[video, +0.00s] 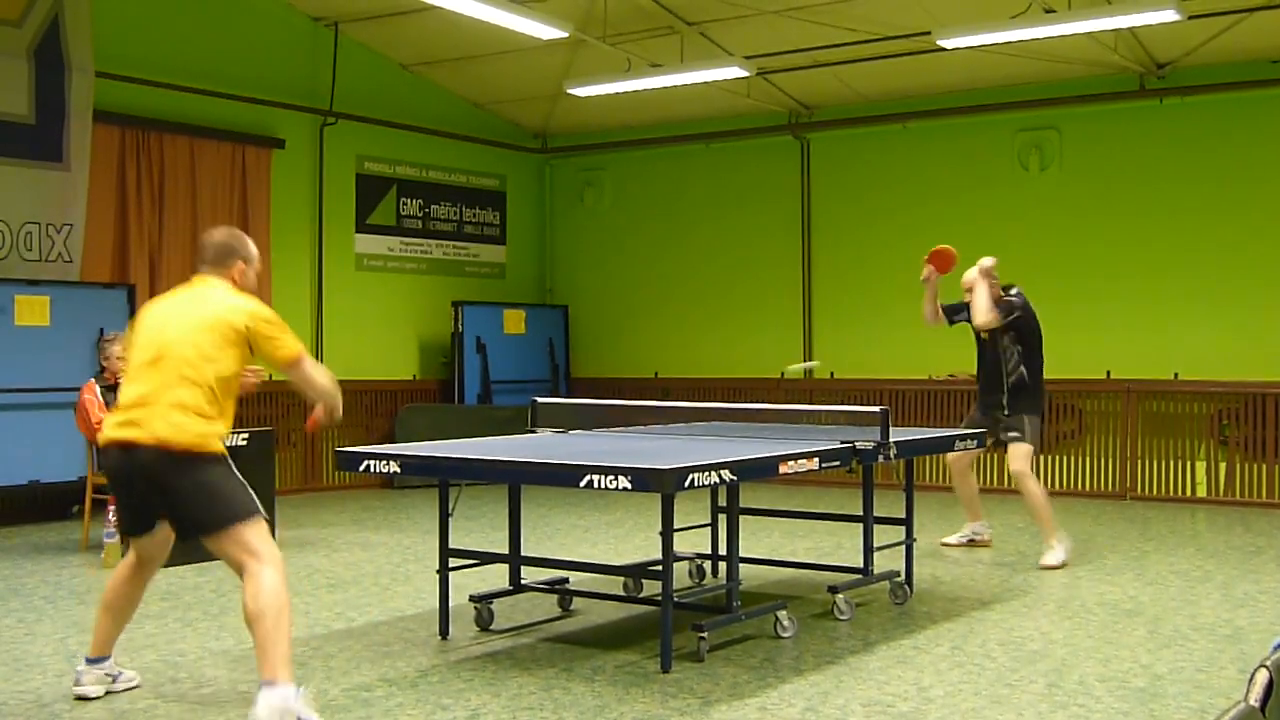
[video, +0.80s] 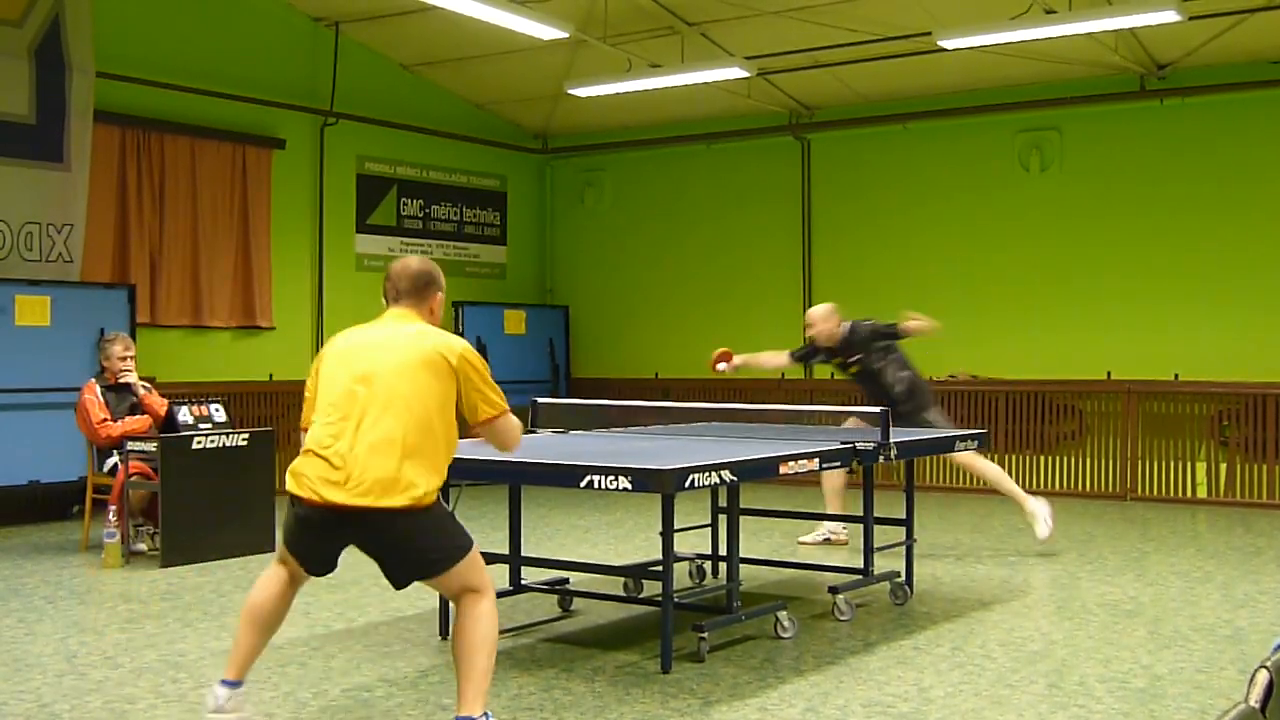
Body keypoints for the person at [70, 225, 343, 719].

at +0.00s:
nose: (259, 276)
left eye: (258, 267)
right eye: (256, 267)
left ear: (203, 266)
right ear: (240, 268)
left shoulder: (153, 307)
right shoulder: (245, 308)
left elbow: (145, 372)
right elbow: (315, 380)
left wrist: (227, 377)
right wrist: (332, 404)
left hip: (120, 446)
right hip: (186, 449)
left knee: (147, 549)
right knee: (260, 559)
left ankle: (95, 666)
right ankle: (278, 691)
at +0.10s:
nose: (284, 298)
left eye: (285, 288)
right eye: (282, 288)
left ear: (235, 283)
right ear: (263, 286)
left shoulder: (194, 326)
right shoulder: (250, 337)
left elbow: (194, 398)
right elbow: (259, 424)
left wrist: (266, 400)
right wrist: (332, 468)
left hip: (145, 480)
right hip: (197, 483)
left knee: (176, 566)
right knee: (301, 571)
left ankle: (99, 668)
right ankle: (277, 702)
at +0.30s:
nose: (358, 293)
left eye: (361, 283)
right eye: (350, 282)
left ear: (325, 281)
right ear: (315, 278)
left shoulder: (297, 318)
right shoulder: (301, 325)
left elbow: (290, 395)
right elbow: (303, 404)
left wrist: (350, 377)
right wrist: (415, 393)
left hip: (218, 480)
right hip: (254, 486)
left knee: (213, 564)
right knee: (358, 585)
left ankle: (134, 643)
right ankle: (282, 705)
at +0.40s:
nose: (380, 294)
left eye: (382, 285)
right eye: (377, 284)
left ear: (330, 274)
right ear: (354, 276)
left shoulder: (280, 314)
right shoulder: (351, 311)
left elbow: (338, 390)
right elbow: (434, 346)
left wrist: (385, 346)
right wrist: (472, 295)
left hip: (227, 477)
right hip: (283, 485)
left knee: (250, 534)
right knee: (379, 587)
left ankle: (186, 628)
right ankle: (288, 699)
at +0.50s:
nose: (406, 293)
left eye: (406, 286)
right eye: (405, 285)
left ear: (351, 280)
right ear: (389, 282)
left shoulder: (300, 322)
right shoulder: (394, 314)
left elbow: (288, 397)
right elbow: (483, 364)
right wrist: (476, 322)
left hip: (264, 478)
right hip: (330, 483)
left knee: (282, 514)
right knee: (436, 564)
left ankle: (236, 618)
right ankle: (373, 679)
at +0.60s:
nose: (425, 303)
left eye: (425, 296)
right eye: (424, 295)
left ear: (369, 293)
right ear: (410, 294)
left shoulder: (314, 339)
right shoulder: (421, 338)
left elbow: (288, 424)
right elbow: (500, 409)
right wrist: (525, 368)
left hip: (294, 497)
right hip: (368, 501)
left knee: (288, 556)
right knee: (454, 595)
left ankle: (244, 665)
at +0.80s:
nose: (445, 306)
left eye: (443, 299)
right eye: (444, 299)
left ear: (386, 299)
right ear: (436, 300)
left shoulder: (337, 344)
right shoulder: (453, 351)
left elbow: (310, 429)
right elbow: (508, 438)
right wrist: (466, 409)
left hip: (318, 497)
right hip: (401, 504)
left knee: (286, 569)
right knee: (474, 594)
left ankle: (228, 687)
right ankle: (471, 713)